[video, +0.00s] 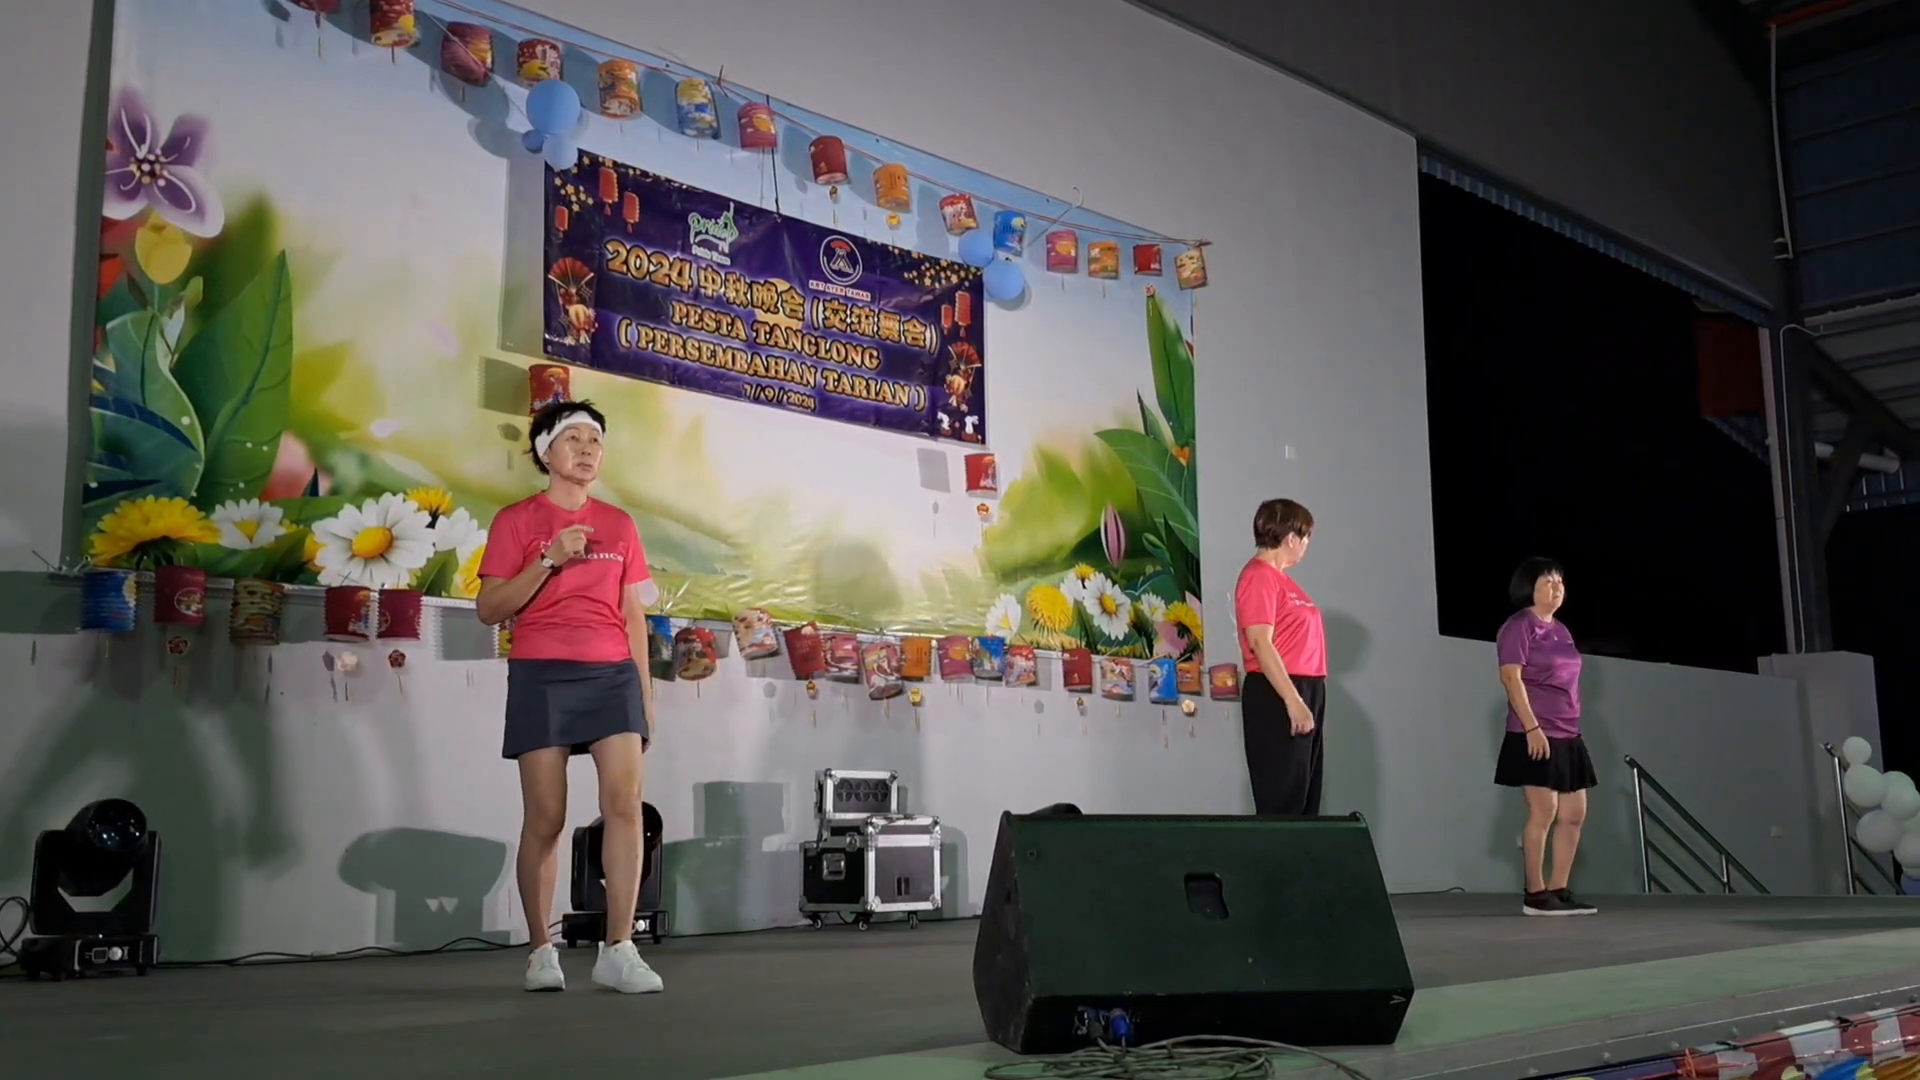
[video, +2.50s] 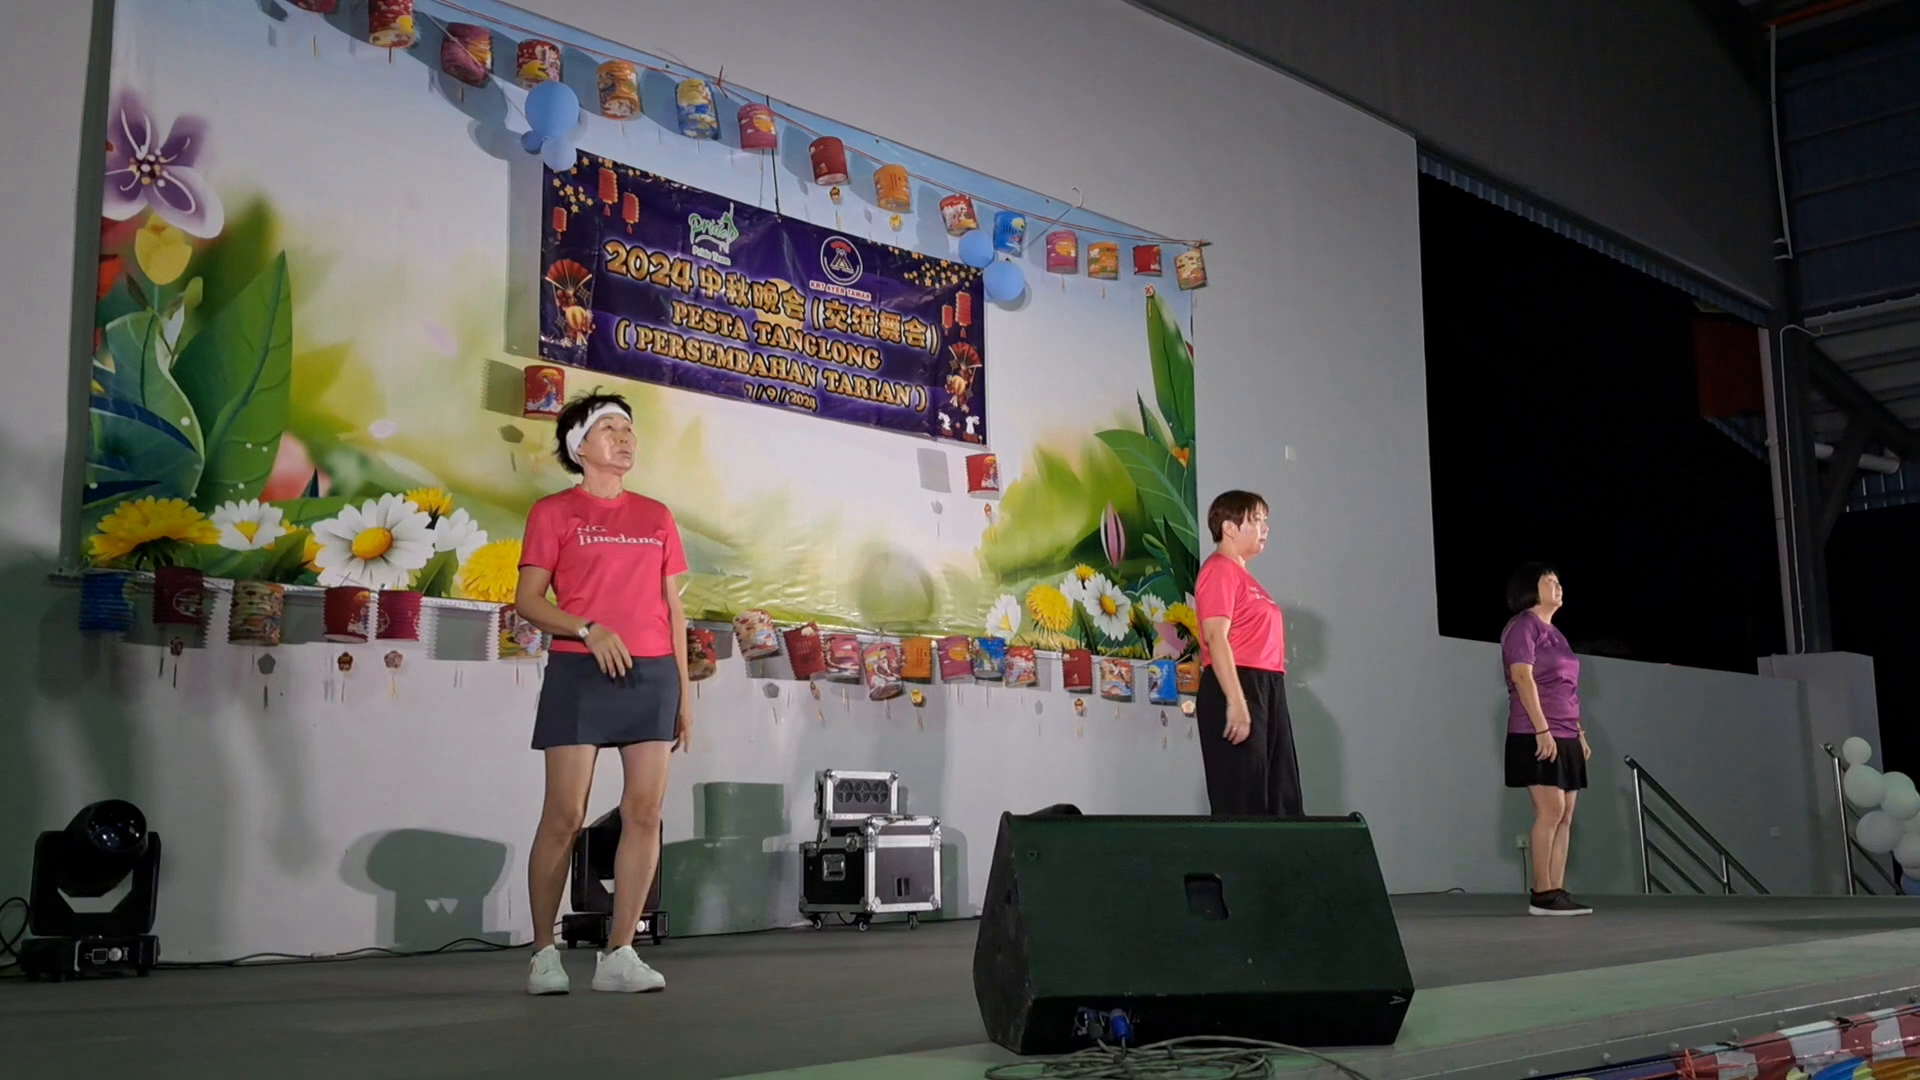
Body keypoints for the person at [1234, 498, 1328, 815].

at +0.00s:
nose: (1307, 546)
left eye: (1308, 538)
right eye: (1306, 537)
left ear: (1282, 538)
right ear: (1290, 538)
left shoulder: (1279, 577)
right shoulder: (1260, 575)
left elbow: (1277, 641)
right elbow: (1260, 641)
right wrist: (1293, 701)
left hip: (1304, 690)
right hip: (1276, 692)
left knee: (1304, 799)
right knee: (1282, 801)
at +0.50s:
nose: (1302, 539)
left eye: (1303, 531)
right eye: (1293, 530)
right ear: (1267, 537)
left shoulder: (1287, 581)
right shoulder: (1256, 577)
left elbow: (1292, 644)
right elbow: (1250, 643)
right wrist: (1268, 705)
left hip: (1311, 692)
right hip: (1280, 692)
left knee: (1308, 800)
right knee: (1285, 801)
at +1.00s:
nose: (1306, 535)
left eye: (1306, 527)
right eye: (1297, 527)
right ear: (1271, 533)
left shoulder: (1297, 582)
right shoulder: (1252, 578)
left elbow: (1312, 646)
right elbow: (1241, 645)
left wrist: (1339, 692)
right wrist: (1251, 708)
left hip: (1308, 697)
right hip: (1273, 695)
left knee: (1302, 801)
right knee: (1270, 802)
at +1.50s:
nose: (1289, 538)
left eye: (1290, 529)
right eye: (1287, 529)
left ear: (1252, 528)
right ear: (1272, 529)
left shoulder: (1260, 572)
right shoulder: (1250, 568)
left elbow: (1271, 647)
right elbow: (1250, 635)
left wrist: (1298, 705)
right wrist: (1274, 697)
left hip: (1275, 688)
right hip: (1258, 688)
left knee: (1282, 797)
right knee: (1260, 798)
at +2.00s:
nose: (1274, 543)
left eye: (1275, 534)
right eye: (1272, 533)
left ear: (1234, 530)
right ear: (1255, 532)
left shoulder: (1221, 572)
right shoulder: (1243, 566)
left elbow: (1215, 656)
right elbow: (1251, 632)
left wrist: (1212, 715)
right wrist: (1284, 693)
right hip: (1254, 680)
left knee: (1278, 793)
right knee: (1253, 792)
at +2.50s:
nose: (1265, 530)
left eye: (1265, 522)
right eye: (1257, 521)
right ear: (1229, 527)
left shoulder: (1240, 572)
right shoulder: (1221, 569)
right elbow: (1215, 637)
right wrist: (1236, 701)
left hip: (1268, 687)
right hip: (1240, 687)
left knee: (1282, 792)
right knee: (1243, 797)